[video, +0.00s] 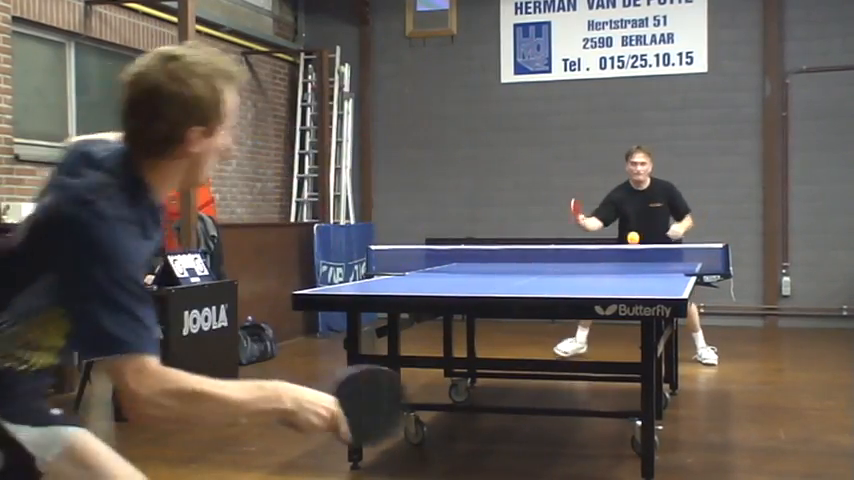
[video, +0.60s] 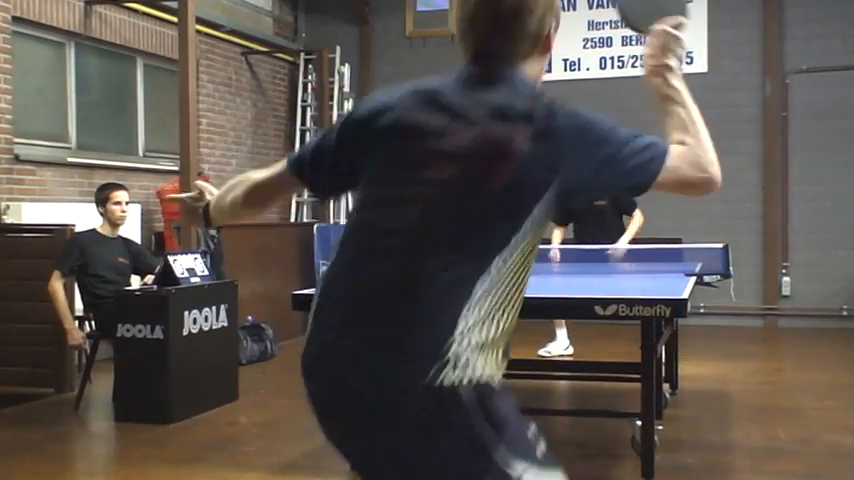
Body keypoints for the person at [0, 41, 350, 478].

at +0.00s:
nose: (230, 145)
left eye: (230, 128)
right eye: (226, 129)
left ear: (144, 122)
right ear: (194, 139)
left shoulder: (93, 158)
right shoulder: (102, 226)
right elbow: (142, 391)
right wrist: (281, 399)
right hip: (14, 398)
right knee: (123, 474)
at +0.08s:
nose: (295, 141)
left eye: (296, 126)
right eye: (292, 128)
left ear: (206, 118)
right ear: (259, 140)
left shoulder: (165, 151)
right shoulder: (155, 221)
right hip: (27, 390)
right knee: (147, 472)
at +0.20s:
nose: (397, 187)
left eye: (400, 172)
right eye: (399, 173)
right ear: (364, 175)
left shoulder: (267, 172)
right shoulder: (256, 236)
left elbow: (219, 133)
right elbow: (222, 407)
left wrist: (267, 126)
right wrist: (326, 474)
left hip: (121, 350)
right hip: (69, 362)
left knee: (211, 462)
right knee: (195, 474)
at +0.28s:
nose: (467, 216)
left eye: (469, 202)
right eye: (467, 203)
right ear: (430, 210)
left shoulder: (324, 191)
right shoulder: (325, 269)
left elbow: (230, 147)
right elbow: (263, 434)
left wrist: (200, 118)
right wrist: (325, 465)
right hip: (125, 378)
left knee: (313, 431)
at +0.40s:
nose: (532, 190)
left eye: (538, 173)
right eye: (533, 172)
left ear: (441, 145)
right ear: (497, 169)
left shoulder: (350, 169)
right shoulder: (428, 244)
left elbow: (225, 186)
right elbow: (497, 404)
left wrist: (193, 167)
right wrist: (599, 351)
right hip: (272, 444)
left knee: (465, 464)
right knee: (472, 473)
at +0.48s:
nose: (542, 140)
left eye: (542, 125)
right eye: (543, 125)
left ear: (451, 115)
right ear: (526, 128)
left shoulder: (369, 171)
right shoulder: (509, 203)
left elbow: (245, 208)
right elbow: (657, 235)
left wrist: (211, 190)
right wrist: (646, 121)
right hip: (359, 451)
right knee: (502, 472)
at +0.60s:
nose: (555, 41)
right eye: (554, 30)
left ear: (465, 34)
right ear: (547, 41)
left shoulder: (390, 110)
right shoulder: (553, 127)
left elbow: (271, 187)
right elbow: (701, 170)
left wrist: (215, 204)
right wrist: (665, 76)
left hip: (332, 371)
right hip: (438, 388)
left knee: (401, 468)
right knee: (534, 469)